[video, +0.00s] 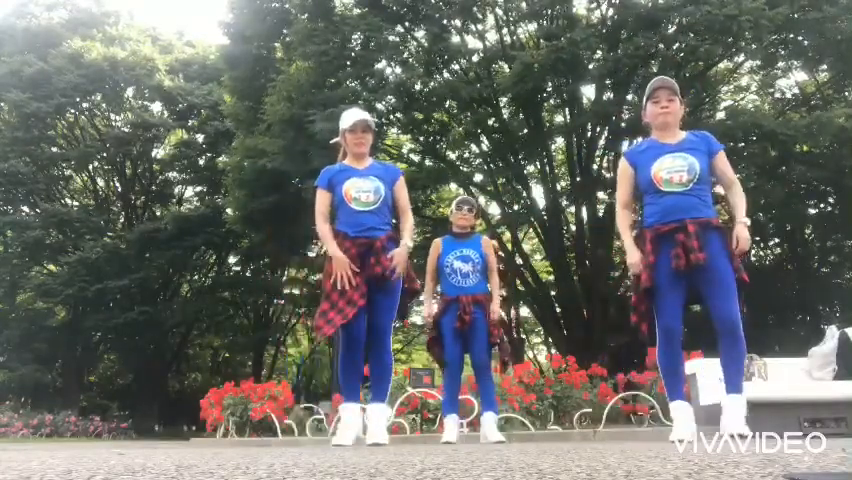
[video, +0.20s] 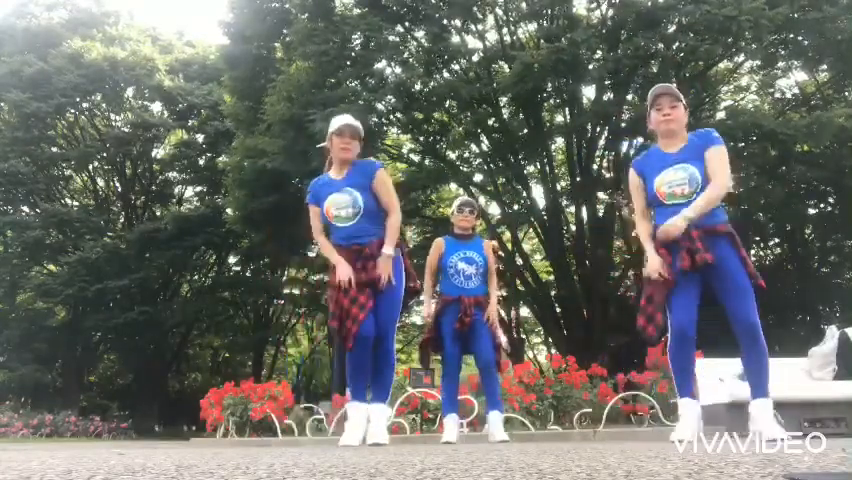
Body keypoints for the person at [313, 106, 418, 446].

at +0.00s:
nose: (360, 137)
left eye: (365, 131)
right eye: (353, 131)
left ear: (373, 135)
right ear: (342, 136)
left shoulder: (391, 172)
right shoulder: (330, 174)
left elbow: (407, 216)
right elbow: (321, 219)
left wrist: (404, 247)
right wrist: (335, 254)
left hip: (385, 253)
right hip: (347, 254)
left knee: (380, 335)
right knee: (353, 334)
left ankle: (378, 414)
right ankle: (350, 414)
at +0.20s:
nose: (348, 143)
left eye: (353, 138)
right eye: (341, 137)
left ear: (360, 144)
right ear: (328, 142)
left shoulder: (372, 170)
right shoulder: (317, 187)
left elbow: (394, 211)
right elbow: (318, 235)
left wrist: (387, 253)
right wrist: (340, 261)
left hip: (383, 256)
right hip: (345, 261)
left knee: (385, 335)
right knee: (362, 332)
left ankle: (380, 414)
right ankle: (356, 412)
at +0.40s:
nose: (327, 150)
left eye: (333, 145)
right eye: (320, 144)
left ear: (339, 150)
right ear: (307, 150)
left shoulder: (347, 177)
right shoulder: (307, 193)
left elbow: (380, 210)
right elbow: (315, 236)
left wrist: (371, 258)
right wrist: (318, 260)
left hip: (373, 261)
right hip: (339, 269)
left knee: (373, 336)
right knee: (306, 322)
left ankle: (377, 415)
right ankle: (308, 411)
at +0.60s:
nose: (324, 141)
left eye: (331, 137)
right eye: (318, 135)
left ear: (337, 143)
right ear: (305, 141)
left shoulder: (344, 170)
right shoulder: (300, 186)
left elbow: (369, 210)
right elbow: (306, 236)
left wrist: (353, 259)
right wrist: (294, 270)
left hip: (353, 266)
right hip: (317, 273)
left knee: (353, 339)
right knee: (279, 330)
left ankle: (375, 413)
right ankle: (279, 419)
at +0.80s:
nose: (324, 125)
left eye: (330, 119)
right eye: (317, 120)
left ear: (338, 122)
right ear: (306, 124)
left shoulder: (349, 144)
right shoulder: (301, 161)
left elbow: (375, 179)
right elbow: (304, 209)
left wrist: (366, 225)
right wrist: (309, 242)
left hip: (360, 236)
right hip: (324, 242)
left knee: (365, 318)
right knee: (318, 317)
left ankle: (376, 404)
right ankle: (325, 406)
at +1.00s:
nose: (316, 151)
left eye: (323, 146)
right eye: (310, 144)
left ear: (330, 153)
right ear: (297, 150)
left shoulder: (336, 176)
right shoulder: (298, 196)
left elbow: (378, 197)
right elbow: (306, 238)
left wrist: (356, 237)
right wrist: (305, 254)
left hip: (367, 261)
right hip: (335, 271)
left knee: (367, 336)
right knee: (306, 317)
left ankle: (387, 418)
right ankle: (320, 407)